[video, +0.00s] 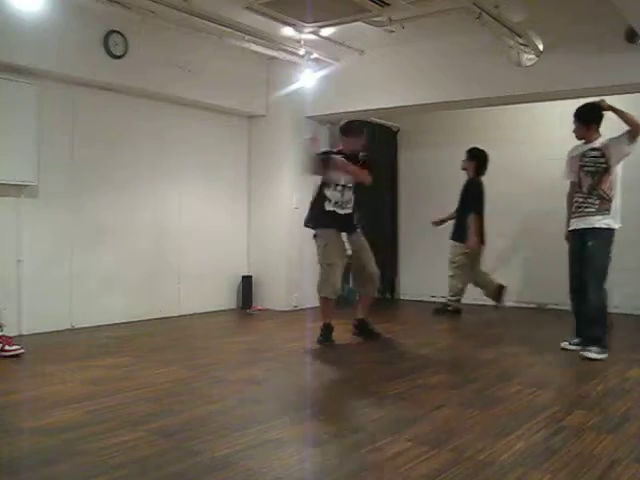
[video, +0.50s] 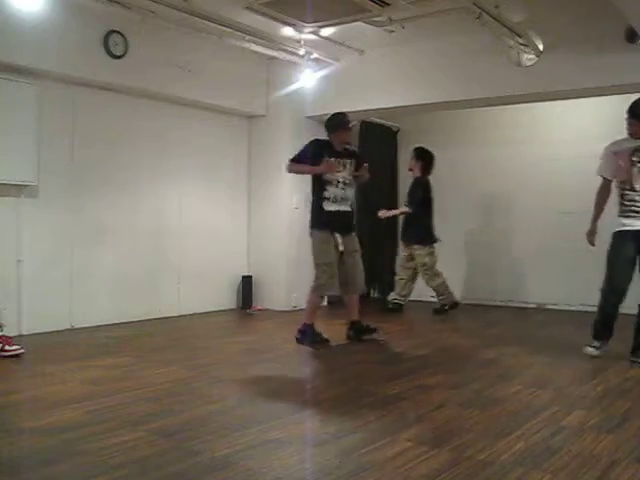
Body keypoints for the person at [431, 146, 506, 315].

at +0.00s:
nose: (463, 163)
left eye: (466, 160)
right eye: (465, 159)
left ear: (474, 164)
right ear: (474, 164)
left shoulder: (473, 185)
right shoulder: (471, 184)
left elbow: (473, 214)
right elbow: (461, 210)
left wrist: (473, 236)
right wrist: (443, 220)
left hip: (463, 238)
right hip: (470, 238)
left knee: (457, 270)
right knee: (472, 271)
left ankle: (453, 302)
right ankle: (494, 289)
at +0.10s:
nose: (452, 161)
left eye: (456, 158)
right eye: (454, 157)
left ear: (463, 161)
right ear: (465, 161)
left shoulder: (462, 183)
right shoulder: (465, 182)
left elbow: (455, 211)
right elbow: (457, 210)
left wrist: (445, 229)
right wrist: (448, 228)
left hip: (458, 234)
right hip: (461, 233)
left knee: (446, 262)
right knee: (452, 264)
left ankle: (455, 298)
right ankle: (463, 290)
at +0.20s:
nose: (443, 162)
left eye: (446, 158)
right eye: (444, 158)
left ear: (454, 161)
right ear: (456, 162)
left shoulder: (455, 183)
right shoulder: (451, 182)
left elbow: (443, 203)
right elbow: (444, 203)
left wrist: (429, 213)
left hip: (451, 234)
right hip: (441, 232)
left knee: (447, 268)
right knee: (433, 263)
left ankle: (452, 301)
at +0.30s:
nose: (432, 161)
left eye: (435, 158)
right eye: (433, 158)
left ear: (442, 162)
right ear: (445, 162)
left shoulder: (445, 184)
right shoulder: (441, 183)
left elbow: (428, 204)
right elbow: (441, 210)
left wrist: (405, 211)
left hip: (444, 236)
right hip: (431, 235)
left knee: (445, 271)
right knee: (419, 267)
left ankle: (453, 302)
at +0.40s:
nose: (421, 162)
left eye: (424, 159)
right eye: (422, 158)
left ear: (430, 162)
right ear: (434, 163)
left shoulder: (432, 183)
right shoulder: (431, 183)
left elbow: (418, 205)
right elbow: (437, 211)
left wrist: (396, 207)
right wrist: (445, 229)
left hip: (433, 238)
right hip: (421, 237)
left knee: (439, 272)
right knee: (410, 270)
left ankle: (451, 300)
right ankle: (397, 297)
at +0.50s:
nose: (409, 162)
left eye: (413, 159)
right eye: (411, 159)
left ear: (419, 163)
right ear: (422, 164)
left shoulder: (421, 184)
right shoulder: (418, 183)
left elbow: (411, 208)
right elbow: (417, 210)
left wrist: (389, 213)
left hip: (421, 237)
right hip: (410, 236)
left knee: (428, 272)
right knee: (405, 272)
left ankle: (447, 299)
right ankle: (397, 300)